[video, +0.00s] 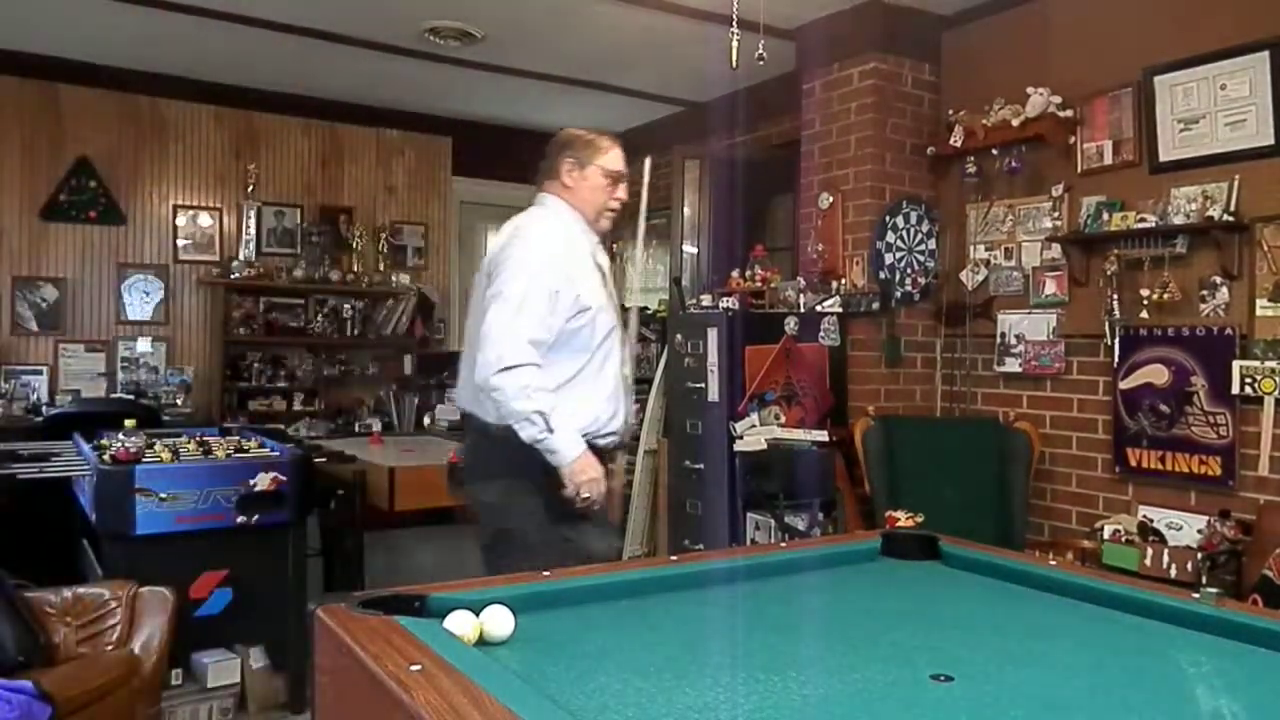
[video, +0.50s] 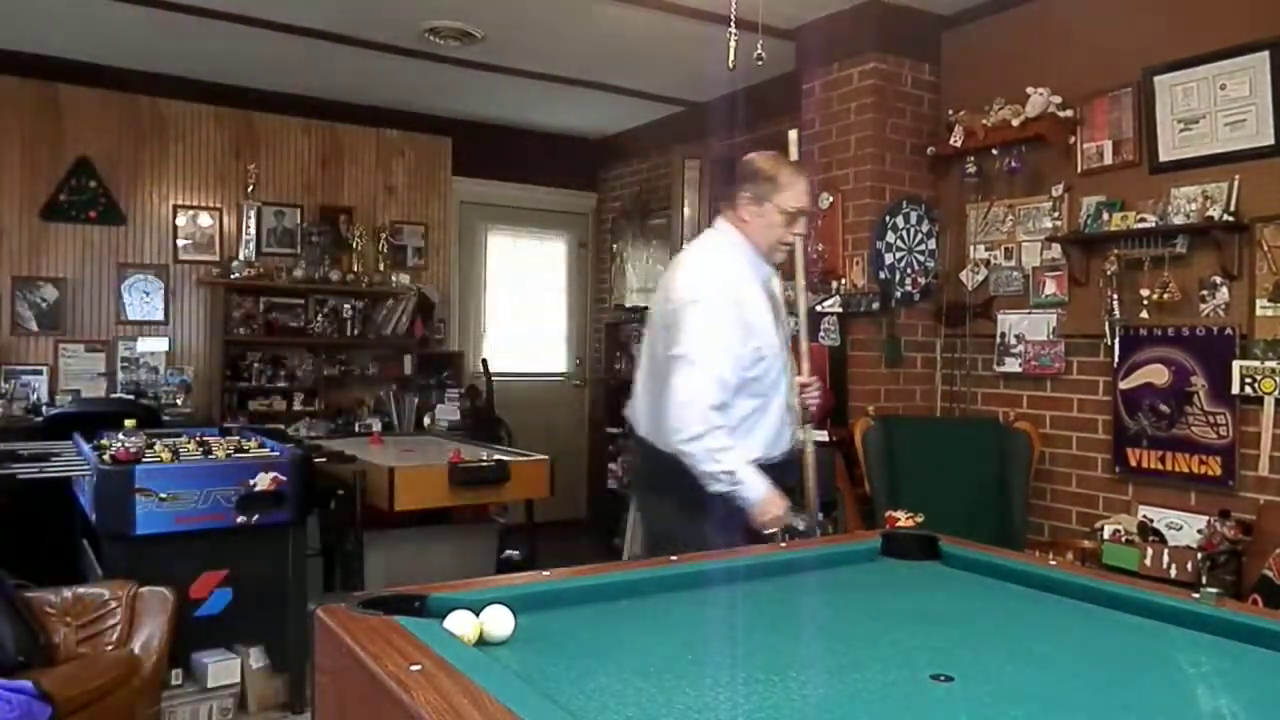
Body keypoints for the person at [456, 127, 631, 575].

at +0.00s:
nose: (622, 195)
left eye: (625, 183)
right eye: (612, 179)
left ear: (572, 175)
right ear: (570, 173)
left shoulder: (569, 239)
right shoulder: (542, 239)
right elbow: (504, 366)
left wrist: (595, 449)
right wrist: (570, 454)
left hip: (551, 460)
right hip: (525, 459)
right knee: (547, 623)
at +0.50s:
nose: (799, 230)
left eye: (803, 218)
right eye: (791, 216)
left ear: (750, 211)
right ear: (748, 208)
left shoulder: (748, 266)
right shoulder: (710, 274)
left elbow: (730, 380)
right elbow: (689, 421)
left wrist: (786, 392)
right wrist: (757, 493)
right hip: (692, 481)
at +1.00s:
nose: (921, 222)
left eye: (928, 210)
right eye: (909, 206)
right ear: (867, 200)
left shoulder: (910, 289)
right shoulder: (813, 273)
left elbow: (887, 375)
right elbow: (771, 390)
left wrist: (934, 399)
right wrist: (849, 451)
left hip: (880, 480)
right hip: (806, 478)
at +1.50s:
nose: (1034, 232)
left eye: (1047, 221)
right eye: (1023, 212)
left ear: (1054, 224)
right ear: (984, 200)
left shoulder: (1039, 298)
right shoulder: (915, 270)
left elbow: (1047, 381)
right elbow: (854, 374)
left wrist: (1053, 416)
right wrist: (920, 442)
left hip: (984, 491)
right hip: (894, 485)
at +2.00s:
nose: (1085, 259)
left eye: (1095, 242)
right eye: (1069, 242)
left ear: (1103, 234)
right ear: (1020, 227)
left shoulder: (1077, 282)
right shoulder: (984, 306)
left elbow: (1085, 368)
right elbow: (1039, 453)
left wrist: (1107, 396)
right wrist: (1146, 545)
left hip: (1036, 497)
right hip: (957, 499)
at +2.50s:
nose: (1072, 204)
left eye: (1086, 186)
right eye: (1053, 190)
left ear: (1104, 189)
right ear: (1021, 195)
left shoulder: (1122, 272)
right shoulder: (980, 281)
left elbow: (1154, 357)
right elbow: (941, 416)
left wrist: (1160, 406)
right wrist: (1019, 494)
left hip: (1099, 505)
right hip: (996, 510)